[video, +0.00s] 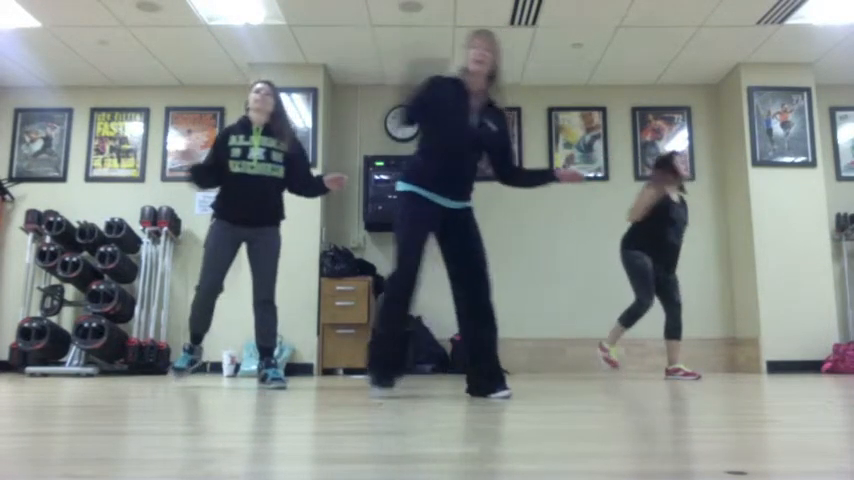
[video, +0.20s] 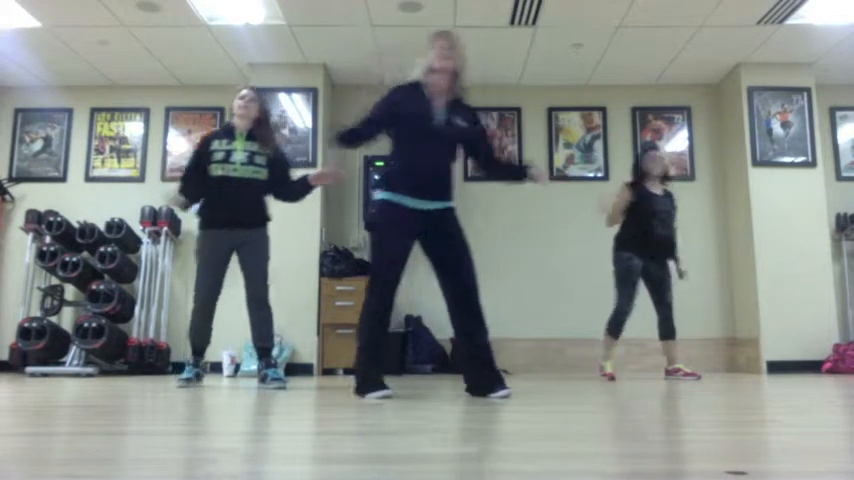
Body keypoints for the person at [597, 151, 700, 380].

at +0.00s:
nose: (676, 174)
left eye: (676, 171)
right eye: (671, 170)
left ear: (676, 174)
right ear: (660, 172)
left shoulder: (679, 198)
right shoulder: (652, 191)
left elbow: (674, 234)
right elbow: (634, 216)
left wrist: (671, 263)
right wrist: (655, 190)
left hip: (662, 259)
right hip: (637, 252)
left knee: (674, 306)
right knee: (645, 300)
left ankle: (674, 364)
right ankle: (608, 343)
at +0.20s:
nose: (656, 162)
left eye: (660, 159)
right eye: (651, 158)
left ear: (665, 165)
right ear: (642, 164)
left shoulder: (668, 196)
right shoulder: (632, 190)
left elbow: (670, 232)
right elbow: (611, 221)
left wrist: (677, 261)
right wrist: (620, 204)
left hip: (657, 256)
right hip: (630, 252)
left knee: (665, 308)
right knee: (624, 305)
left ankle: (673, 364)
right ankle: (607, 360)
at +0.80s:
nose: (614, 161)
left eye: (618, 157)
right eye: (609, 158)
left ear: (624, 163)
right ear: (601, 164)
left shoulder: (634, 192)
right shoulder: (592, 194)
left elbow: (647, 222)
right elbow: (580, 226)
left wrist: (665, 237)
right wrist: (567, 226)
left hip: (634, 255)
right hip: (604, 256)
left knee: (652, 304)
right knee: (607, 310)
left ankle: (654, 361)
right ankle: (604, 365)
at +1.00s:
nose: (624, 160)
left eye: (627, 156)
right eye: (619, 156)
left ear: (632, 161)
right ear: (610, 161)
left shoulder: (642, 187)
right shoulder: (600, 187)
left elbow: (675, 194)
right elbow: (575, 195)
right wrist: (575, 178)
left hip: (642, 252)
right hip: (612, 253)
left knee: (660, 302)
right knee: (612, 307)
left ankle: (657, 359)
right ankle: (605, 364)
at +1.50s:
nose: (662, 152)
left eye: (661, 148)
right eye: (656, 148)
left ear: (637, 152)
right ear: (648, 150)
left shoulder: (649, 172)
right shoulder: (641, 171)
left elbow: (664, 156)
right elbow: (658, 147)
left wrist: (646, 129)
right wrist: (657, 134)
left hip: (641, 240)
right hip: (648, 240)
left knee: (659, 297)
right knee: (664, 297)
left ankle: (649, 356)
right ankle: (660, 360)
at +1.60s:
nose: (664, 165)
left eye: (661, 158)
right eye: (660, 159)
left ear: (632, 160)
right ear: (652, 160)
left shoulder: (627, 182)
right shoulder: (654, 175)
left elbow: (638, 157)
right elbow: (679, 156)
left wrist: (643, 136)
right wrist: (665, 137)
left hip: (634, 247)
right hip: (658, 247)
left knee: (657, 303)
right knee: (670, 303)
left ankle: (650, 360)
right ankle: (661, 363)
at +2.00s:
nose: (631, 159)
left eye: (636, 155)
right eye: (633, 154)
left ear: (647, 159)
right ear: (656, 161)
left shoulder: (652, 183)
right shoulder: (646, 182)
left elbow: (640, 166)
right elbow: (633, 160)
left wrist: (624, 148)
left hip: (654, 247)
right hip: (650, 245)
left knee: (647, 305)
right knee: (647, 304)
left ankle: (674, 364)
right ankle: (673, 363)